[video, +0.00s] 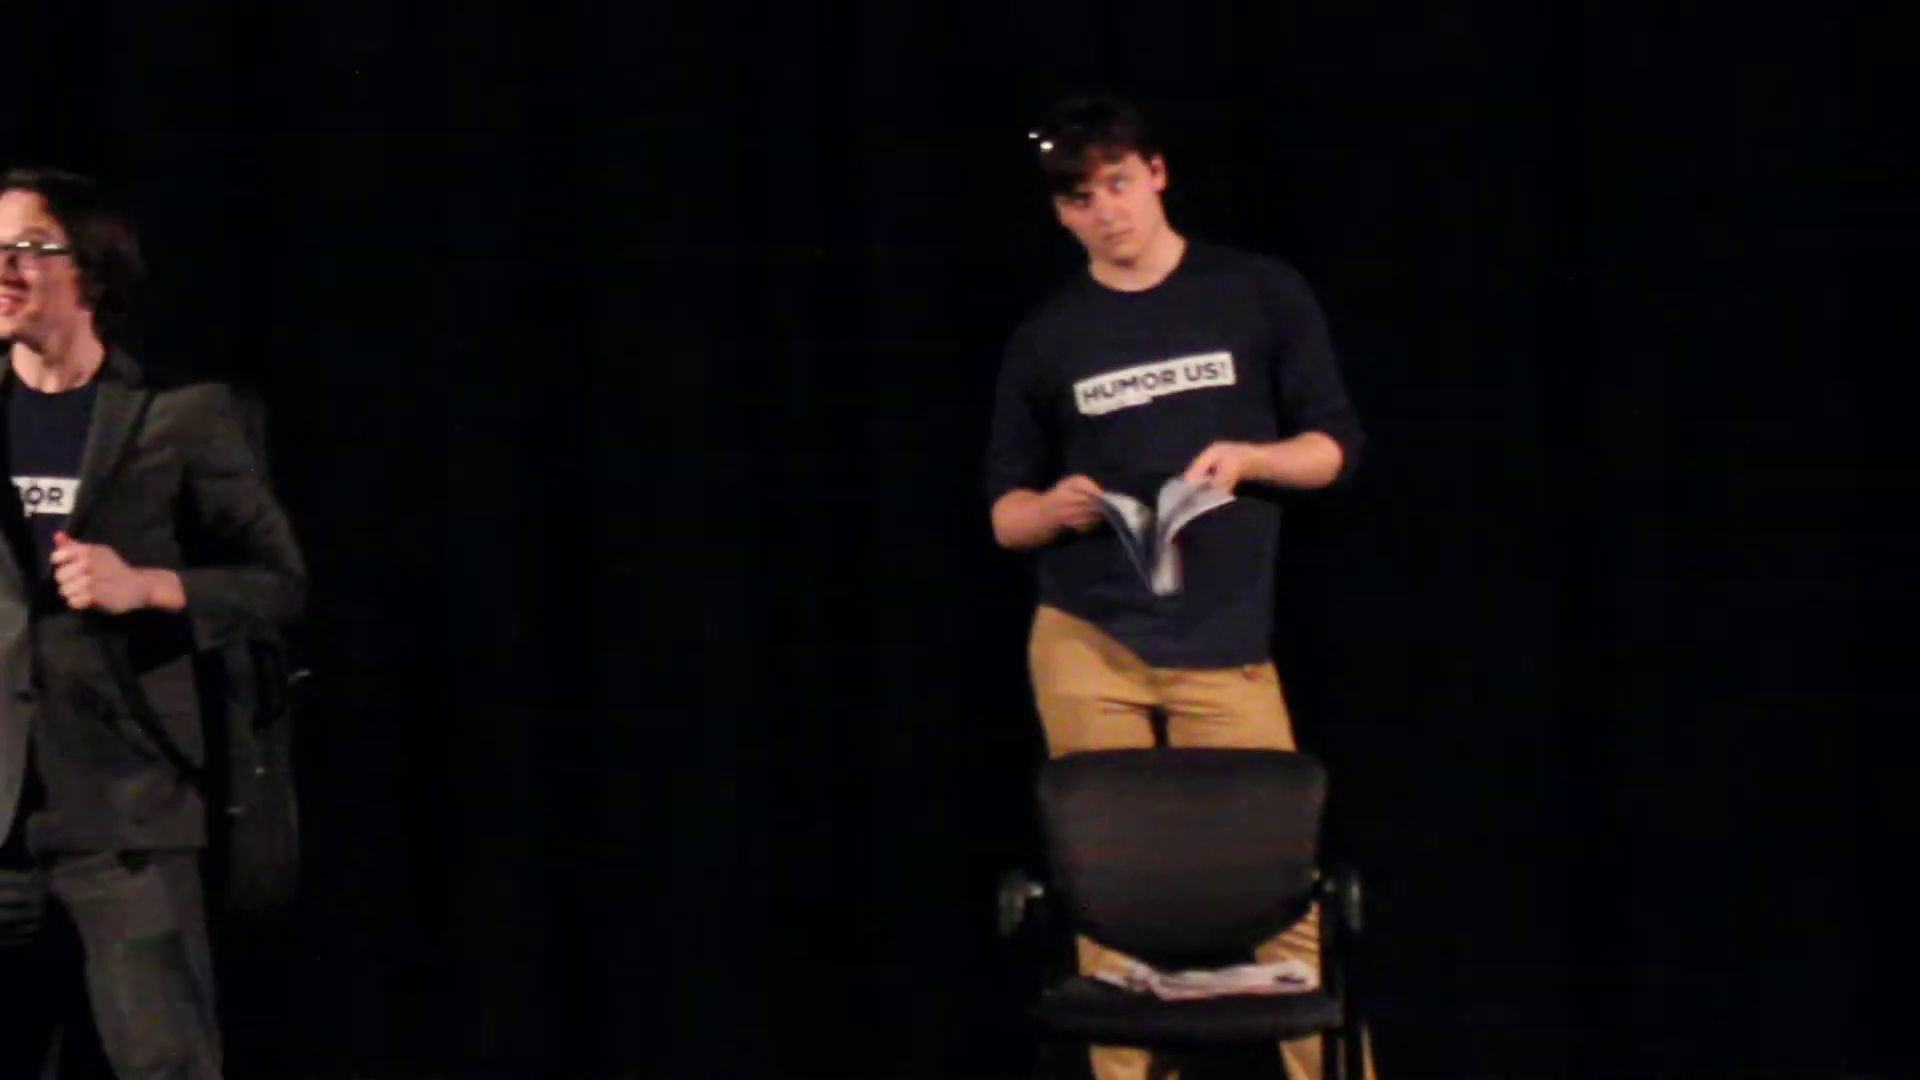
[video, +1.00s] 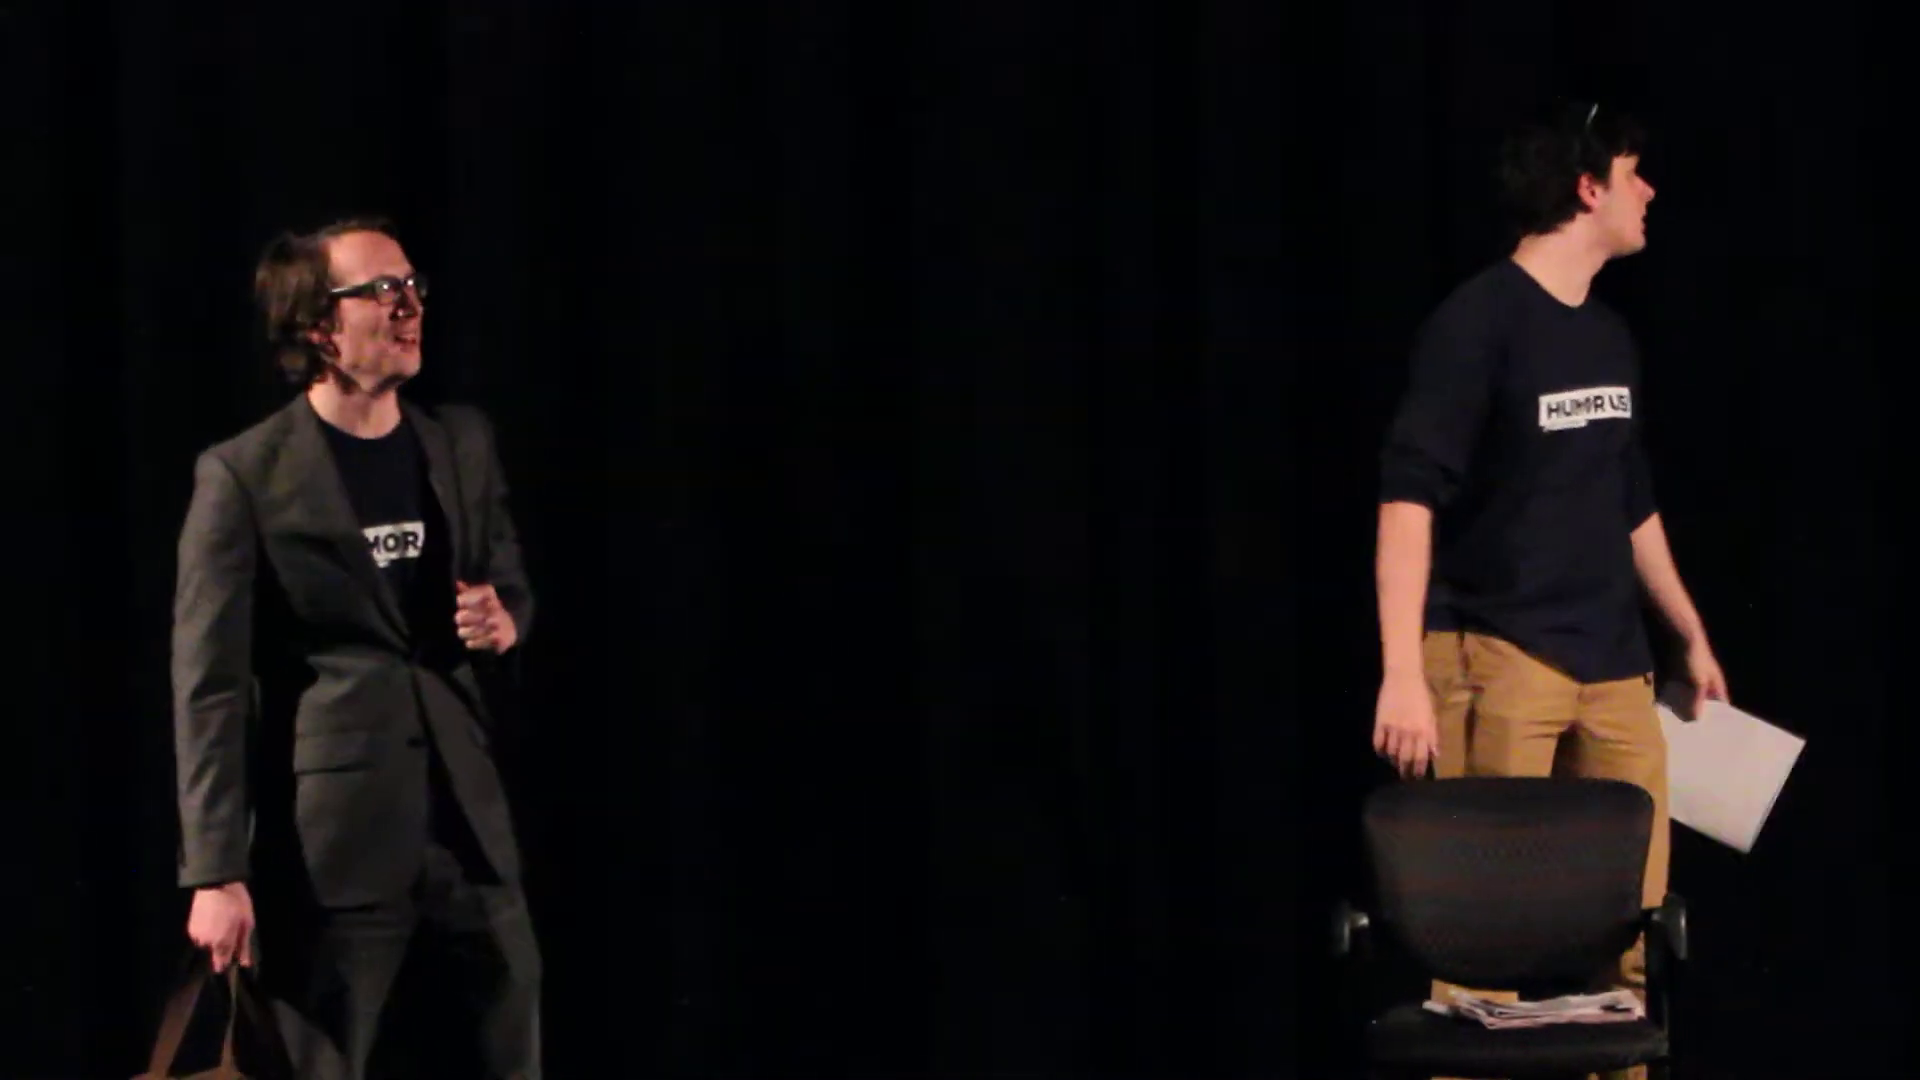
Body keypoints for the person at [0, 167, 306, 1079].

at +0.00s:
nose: (8, 267)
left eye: (32, 249)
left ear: (90, 269)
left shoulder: (182, 418)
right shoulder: (3, 408)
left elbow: (279, 584)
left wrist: (149, 586)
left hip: (118, 815)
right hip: (1, 819)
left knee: (165, 1058)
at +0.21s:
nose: (218, 280)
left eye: (243, 262)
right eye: (195, 265)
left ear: (289, 293)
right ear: (171, 301)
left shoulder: (376, 441)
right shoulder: (120, 443)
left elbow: (461, 607)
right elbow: (88, 644)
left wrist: (351, 615)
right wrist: (70, 819)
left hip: (324, 827)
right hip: (162, 828)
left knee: (325, 1064)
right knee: (166, 1068)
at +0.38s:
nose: (337, 292)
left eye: (359, 271)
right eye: (312, 275)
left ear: (400, 298)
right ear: (284, 307)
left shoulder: (486, 442)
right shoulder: (227, 449)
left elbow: (565, 603)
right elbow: (186, 655)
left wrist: (472, 623)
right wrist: (171, 831)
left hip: (452, 823)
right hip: (279, 827)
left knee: (450, 1065)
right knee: (278, 1068)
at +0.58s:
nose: (413, 299)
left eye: (432, 278)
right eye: (385, 285)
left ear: (464, 306)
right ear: (350, 319)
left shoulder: (545, 442)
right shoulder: (291, 462)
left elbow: (619, 600)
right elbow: (248, 671)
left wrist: (562, 621)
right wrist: (241, 851)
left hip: (533, 833)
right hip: (370, 837)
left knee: (531, 1064)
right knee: (360, 1067)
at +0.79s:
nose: (441, 299)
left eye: (455, 280)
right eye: (411, 285)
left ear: (476, 301)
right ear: (363, 322)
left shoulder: (541, 443)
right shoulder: (302, 469)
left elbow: (604, 597)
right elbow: (270, 681)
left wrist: (576, 621)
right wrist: (267, 865)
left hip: (541, 825)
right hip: (394, 836)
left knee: (548, 1062)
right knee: (396, 1064)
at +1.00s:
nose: (410, 304)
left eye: (411, 285)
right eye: (381, 291)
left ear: (421, 295)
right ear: (317, 329)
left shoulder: (463, 442)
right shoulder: (241, 475)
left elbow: (514, 586)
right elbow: (210, 689)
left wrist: (503, 615)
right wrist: (217, 873)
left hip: (470, 813)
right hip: (333, 825)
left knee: (510, 1052)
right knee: (325, 1059)